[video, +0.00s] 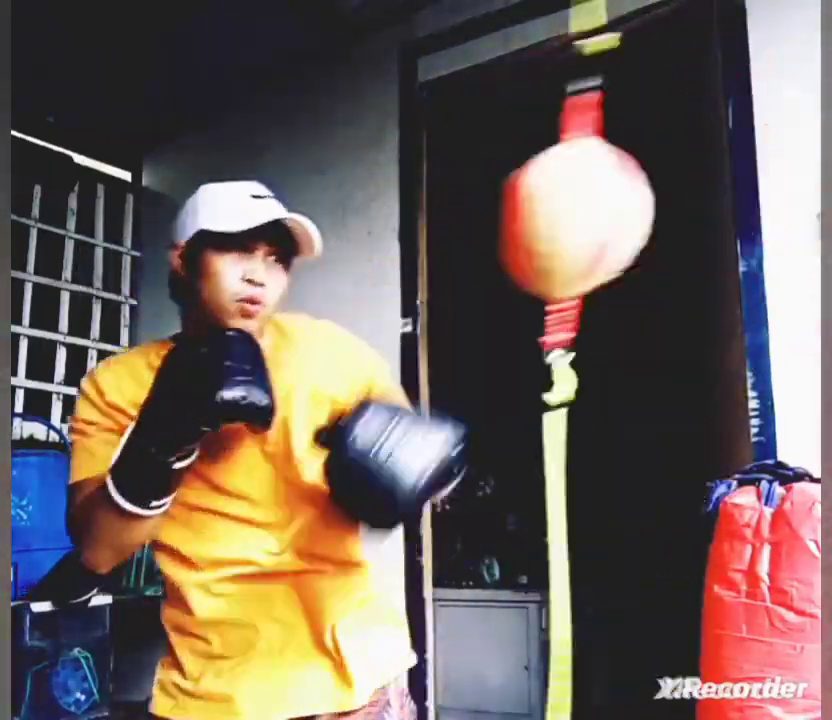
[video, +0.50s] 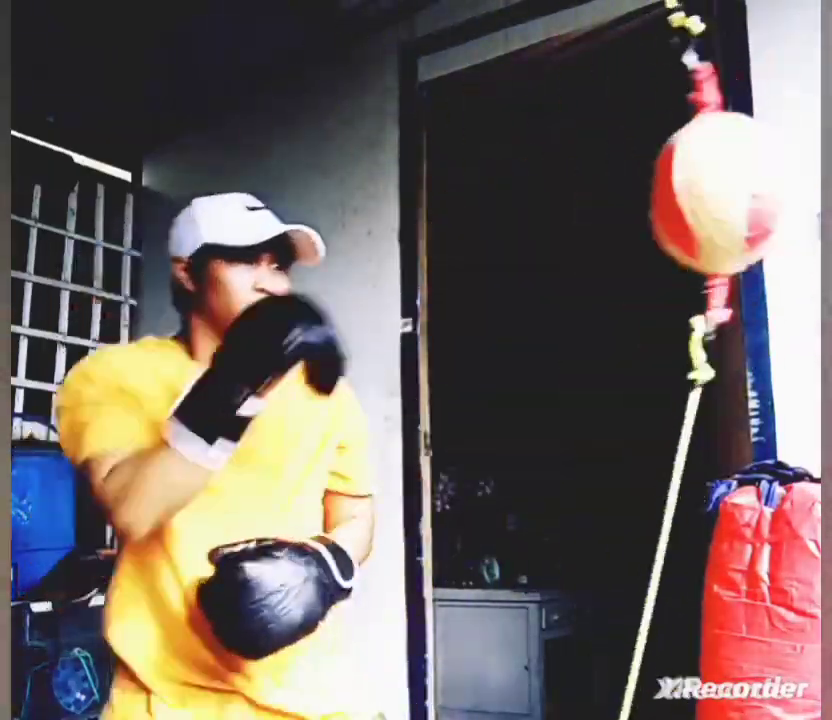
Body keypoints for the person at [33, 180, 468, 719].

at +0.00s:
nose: (258, 270)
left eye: (273, 255)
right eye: (234, 248)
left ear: (287, 273)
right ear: (183, 262)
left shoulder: (336, 355)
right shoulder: (120, 385)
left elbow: (420, 465)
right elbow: (99, 550)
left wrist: (408, 463)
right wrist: (164, 439)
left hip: (360, 684)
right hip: (213, 687)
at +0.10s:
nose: (177, 299)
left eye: (194, 281)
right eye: (152, 279)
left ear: (211, 298)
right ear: (106, 301)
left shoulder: (281, 384)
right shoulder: (71, 433)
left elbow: (355, 513)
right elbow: (85, 591)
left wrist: (309, 584)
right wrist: (135, 457)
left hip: (321, 692)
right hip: (183, 700)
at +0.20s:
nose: (131, 315)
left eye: (148, 295)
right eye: (104, 294)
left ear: (167, 312)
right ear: (64, 320)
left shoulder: (248, 392)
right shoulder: (43, 456)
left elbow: (330, 514)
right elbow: (79, 607)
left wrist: (261, 603)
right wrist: (115, 473)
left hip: (292, 695)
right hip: (162, 703)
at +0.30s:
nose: (133, 318)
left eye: (149, 297)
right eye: (107, 297)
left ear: (167, 312)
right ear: (63, 319)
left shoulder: (244, 391)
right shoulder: (41, 457)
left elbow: (328, 515)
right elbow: (78, 609)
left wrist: (244, 610)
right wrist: (108, 482)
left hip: (287, 696)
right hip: (154, 706)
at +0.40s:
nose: (183, 306)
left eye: (198, 287)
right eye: (159, 283)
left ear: (211, 303)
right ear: (107, 303)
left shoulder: (281, 393)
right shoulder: (60, 436)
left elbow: (345, 521)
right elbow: (86, 595)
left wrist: (278, 601)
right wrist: (139, 473)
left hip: (295, 697)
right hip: (154, 703)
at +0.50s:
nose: (271, 280)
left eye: (278, 264)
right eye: (247, 260)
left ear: (290, 273)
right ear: (187, 275)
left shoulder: (324, 390)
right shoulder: (111, 376)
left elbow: (355, 517)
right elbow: (131, 511)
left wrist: (321, 568)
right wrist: (231, 391)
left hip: (306, 696)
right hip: (164, 692)